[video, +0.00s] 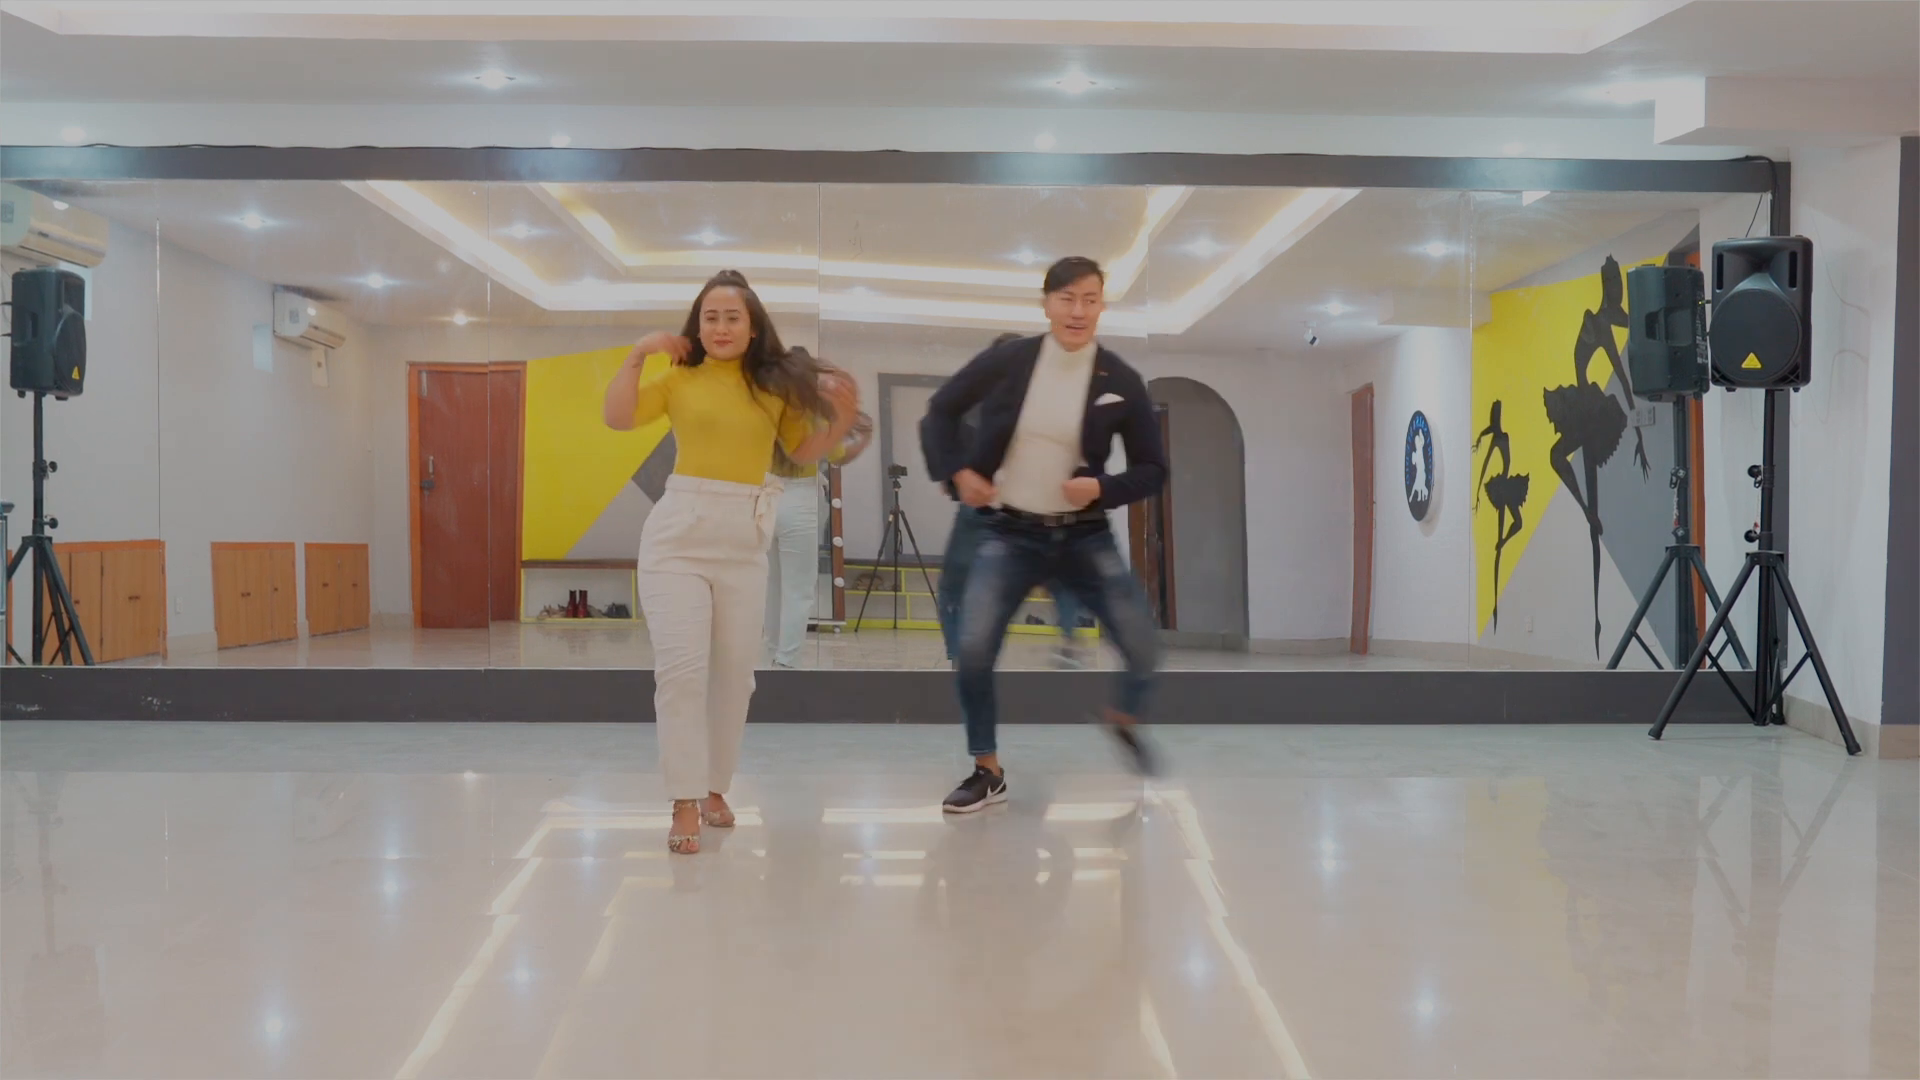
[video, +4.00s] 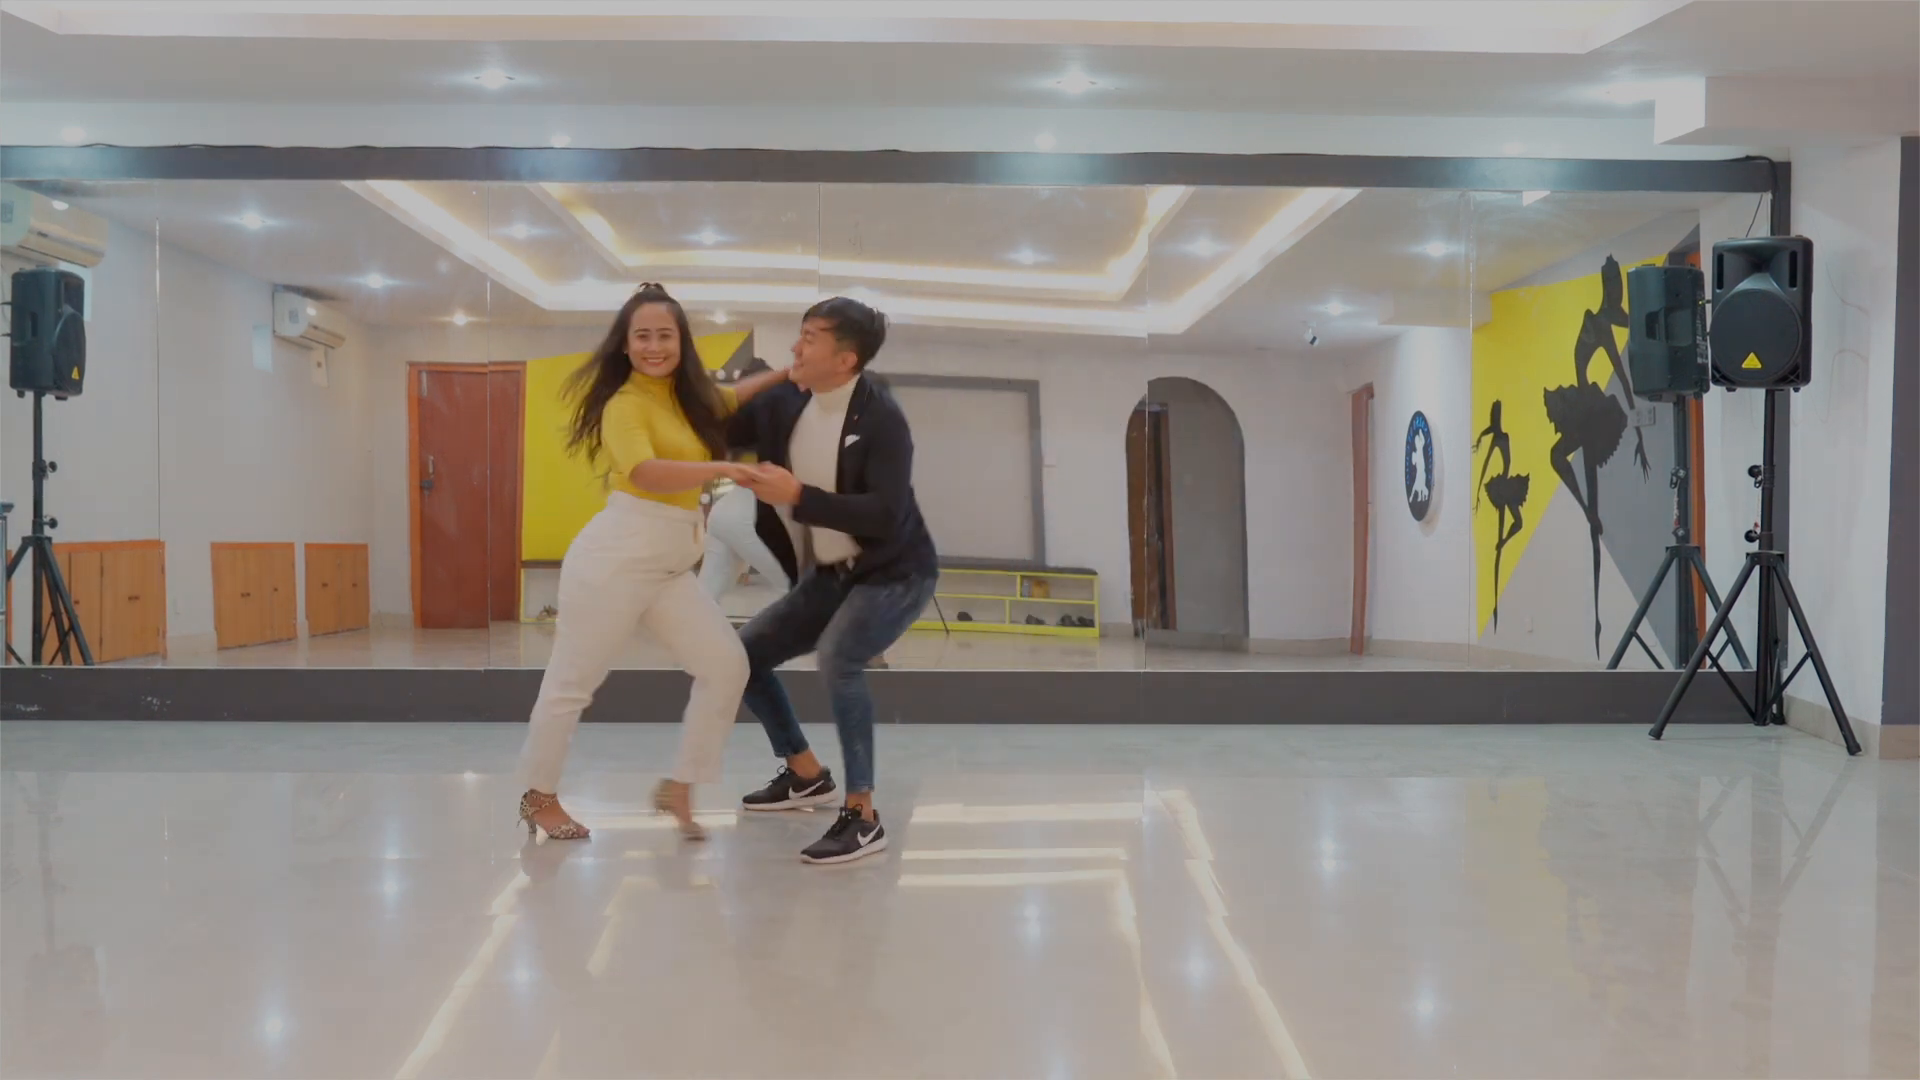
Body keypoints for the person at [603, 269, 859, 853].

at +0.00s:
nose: (721, 327)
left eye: (733, 317)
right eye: (711, 317)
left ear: (753, 326)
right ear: (697, 326)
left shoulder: (773, 390)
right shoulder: (678, 379)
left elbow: (804, 453)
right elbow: (619, 416)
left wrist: (842, 417)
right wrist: (640, 351)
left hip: (745, 545)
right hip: (677, 537)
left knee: (735, 673)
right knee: (681, 667)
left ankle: (717, 789)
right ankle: (686, 801)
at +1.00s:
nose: (768, 345)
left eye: (780, 334)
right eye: (758, 333)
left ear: (798, 340)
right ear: (741, 338)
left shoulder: (811, 400)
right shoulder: (724, 394)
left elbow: (826, 481)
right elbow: (706, 467)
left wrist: (850, 483)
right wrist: (742, 452)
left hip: (800, 547)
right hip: (732, 548)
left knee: (793, 670)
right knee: (733, 668)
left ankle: (772, 777)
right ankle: (795, 782)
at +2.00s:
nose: (752, 316)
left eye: (765, 310)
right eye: (743, 308)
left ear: (783, 328)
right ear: (726, 321)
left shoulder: (789, 387)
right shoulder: (699, 387)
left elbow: (807, 464)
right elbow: (660, 456)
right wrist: (587, 474)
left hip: (776, 541)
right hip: (711, 541)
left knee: (752, 671)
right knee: (702, 679)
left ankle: (748, 798)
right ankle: (778, 766)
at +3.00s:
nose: (740, 331)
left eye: (739, 321)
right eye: (732, 321)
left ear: (703, 323)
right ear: (704, 321)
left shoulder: (699, 379)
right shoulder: (676, 362)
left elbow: (731, 476)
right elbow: (695, 431)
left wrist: (801, 463)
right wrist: (751, 418)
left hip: (690, 553)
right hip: (679, 554)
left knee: (689, 684)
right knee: (749, 663)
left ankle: (658, 803)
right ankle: (725, 804)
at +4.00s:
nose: (654, 345)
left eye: (665, 334)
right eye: (641, 336)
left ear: (682, 340)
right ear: (625, 345)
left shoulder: (689, 396)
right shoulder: (624, 406)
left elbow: (728, 399)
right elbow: (643, 472)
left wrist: (783, 376)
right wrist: (722, 469)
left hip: (671, 570)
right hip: (611, 564)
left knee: (726, 666)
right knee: (570, 684)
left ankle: (680, 787)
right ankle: (539, 796)